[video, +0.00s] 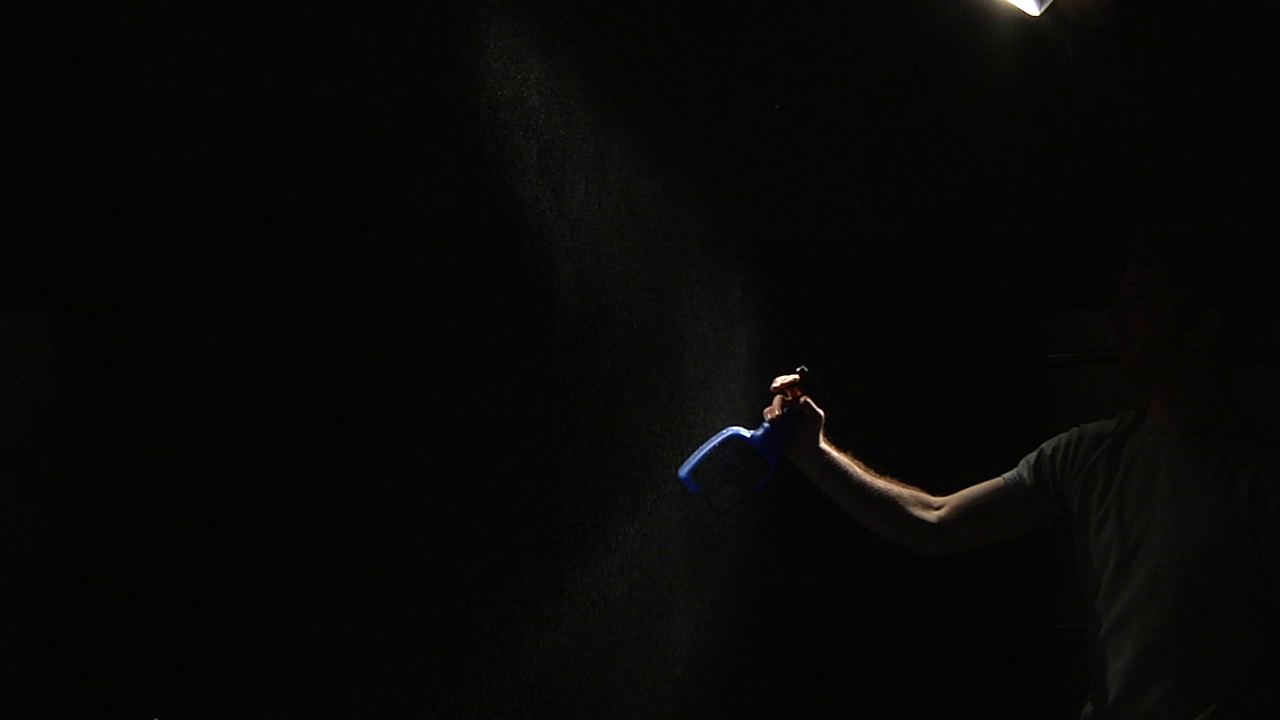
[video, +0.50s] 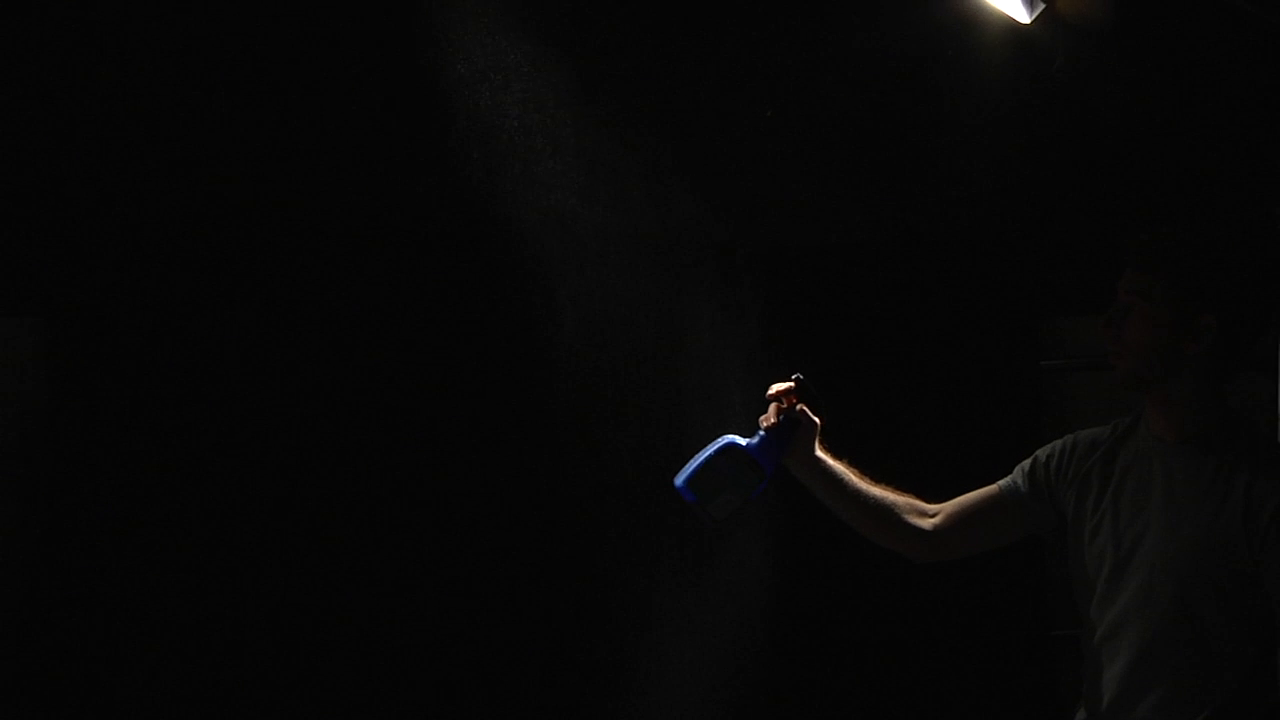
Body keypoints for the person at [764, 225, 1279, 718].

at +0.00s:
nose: (1120, 317)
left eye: (1143, 301)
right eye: (1123, 299)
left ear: (1204, 320)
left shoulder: (1258, 457)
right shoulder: (1088, 457)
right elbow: (934, 520)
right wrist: (813, 449)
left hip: (1233, 701)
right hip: (1118, 702)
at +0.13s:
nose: (1119, 322)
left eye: (1141, 304)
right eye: (1123, 304)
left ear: (1202, 322)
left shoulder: (1256, 458)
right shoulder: (1086, 459)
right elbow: (931, 522)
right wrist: (811, 451)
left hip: (1235, 698)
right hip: (1118, 701)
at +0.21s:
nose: (1120, 323)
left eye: (1142, 305)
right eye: (1123, 303)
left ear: (1200, 322)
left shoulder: (1254, 460)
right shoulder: (1085, 458)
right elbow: (929, 521)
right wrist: (809, 451)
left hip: (1232, 699)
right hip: (1116, 701)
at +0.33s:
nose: (1118, 326)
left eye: (1140, 309)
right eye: (1121, 308)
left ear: (1200, 326)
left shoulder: (1259, 464)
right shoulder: (1083, 460)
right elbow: (928, 525)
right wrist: (808, 452)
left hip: (1230, 701)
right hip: (1113, 702)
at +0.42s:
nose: (1115, 324)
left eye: (1138, 306)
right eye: (1120, 305)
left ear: (1198, 324)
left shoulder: (1256, 462)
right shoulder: (1084, 460)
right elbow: (929, 524)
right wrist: (809, 453)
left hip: (1233, 700)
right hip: (1114, 701)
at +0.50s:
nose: (1116, 325)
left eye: (1138, 307)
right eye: (1120, 306)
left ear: (1199, 327)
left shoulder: (1255, 461)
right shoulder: (1084, 463)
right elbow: (930, 527)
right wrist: (810, 456)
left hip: (1233, 699)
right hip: (1115, 700)